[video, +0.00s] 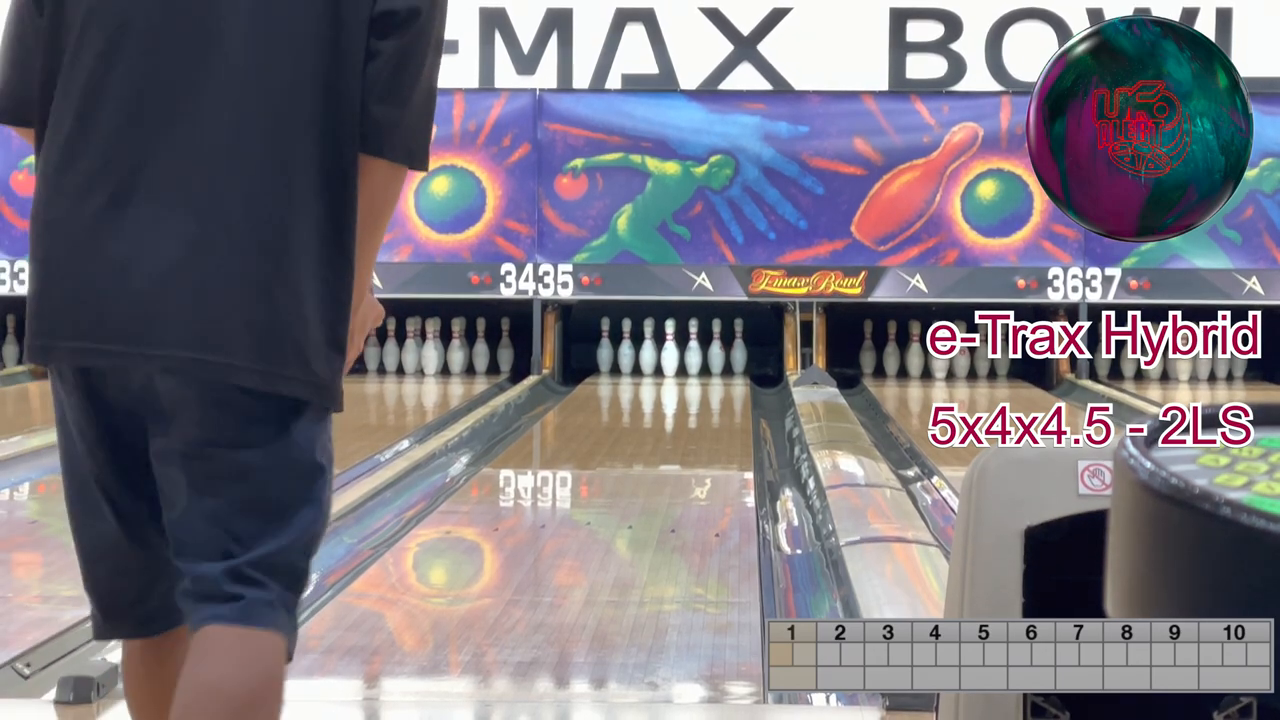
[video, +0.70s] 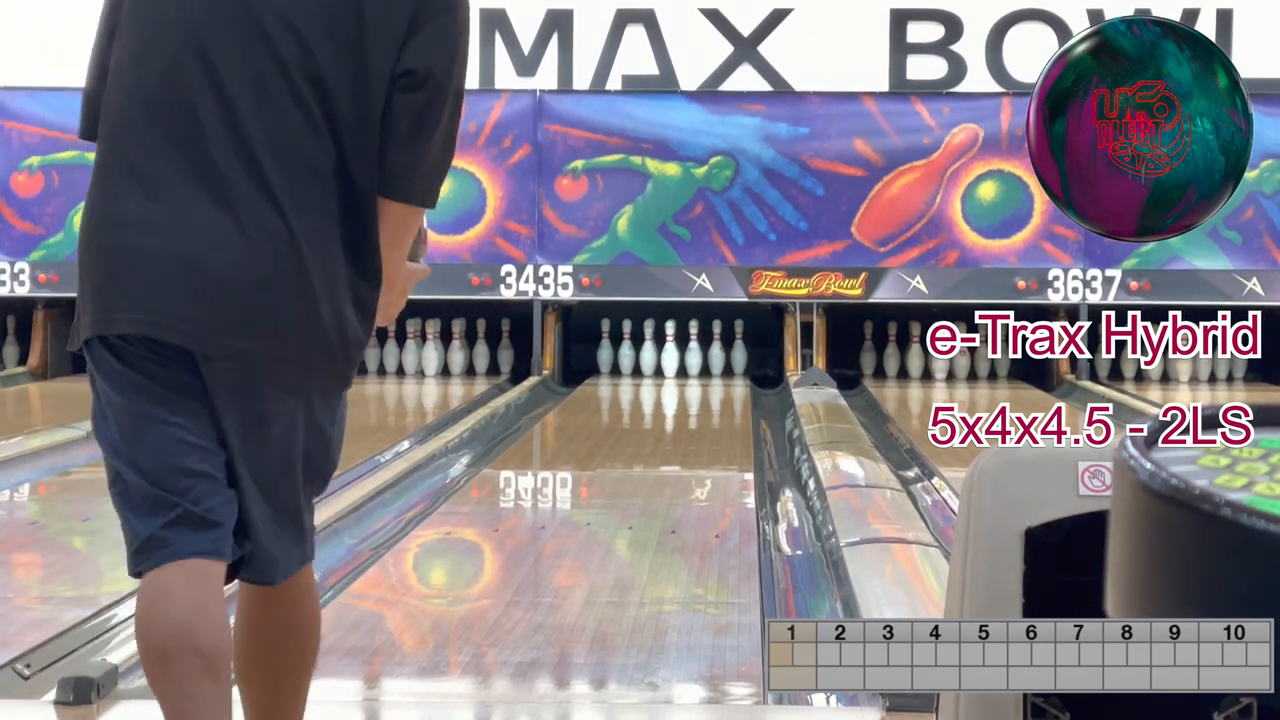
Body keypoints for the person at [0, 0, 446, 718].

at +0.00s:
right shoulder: (395, 7)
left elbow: (26, 94)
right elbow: (392, 117)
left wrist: (128, 189)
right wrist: (353, 280)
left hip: (84, 274)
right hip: (259, 280)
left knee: (144, 609)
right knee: (243, 599)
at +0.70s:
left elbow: (106, 108)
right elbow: (412, 142)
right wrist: (388, 271)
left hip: (129, 258)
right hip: (291, 271)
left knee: (176, 542)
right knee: (279, 549)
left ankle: (198, 712)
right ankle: (273, 716)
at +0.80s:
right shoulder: (428, 6)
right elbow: (407, 167)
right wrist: (391, 289)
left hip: (124, 257)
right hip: (282, 272)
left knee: (152, 531)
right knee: (282, 545)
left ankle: (183, 710)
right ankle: (276, 714)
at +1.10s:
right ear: (419, 2)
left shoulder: (266, 15)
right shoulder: (439, 57)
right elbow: (395, 255)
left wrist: (293, 342)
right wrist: (389, 403)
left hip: (100, 263)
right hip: (217, 287)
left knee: (177, 513)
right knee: (273, 538)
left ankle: (201, 710)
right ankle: (266, 718)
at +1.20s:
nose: (448, 14)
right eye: (447, 11)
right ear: (435, 6)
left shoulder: (304, 37)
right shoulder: (446, 70)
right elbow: (389, 231)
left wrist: (266, 356)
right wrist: (374, 386)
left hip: (96, 256)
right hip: (191, 279)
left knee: (176, 521)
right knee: (230, 533)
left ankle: (191, 710)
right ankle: (221, 711)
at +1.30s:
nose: (464, 29)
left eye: (463, 19)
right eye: (466, 18)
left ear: (362, 10)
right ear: (451, 18)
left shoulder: (319, 57)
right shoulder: (450, 70)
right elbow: (384, 183)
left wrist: (289, 318)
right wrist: (360, 330)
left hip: (105, 245)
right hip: (166, 261)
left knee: (191, 503)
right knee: (208, 506)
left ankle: (191, 709)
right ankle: (131, 712)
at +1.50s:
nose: (479, 141)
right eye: (477, 126)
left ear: (375, 116)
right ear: (461, 123)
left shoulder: (346, 166)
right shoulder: (445, 163)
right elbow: (379, 209)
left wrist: (260, 417)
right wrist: (333, 335)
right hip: (156, 315)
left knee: (223, 485)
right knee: (200, 559)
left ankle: (203, 679)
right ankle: (73, 712)